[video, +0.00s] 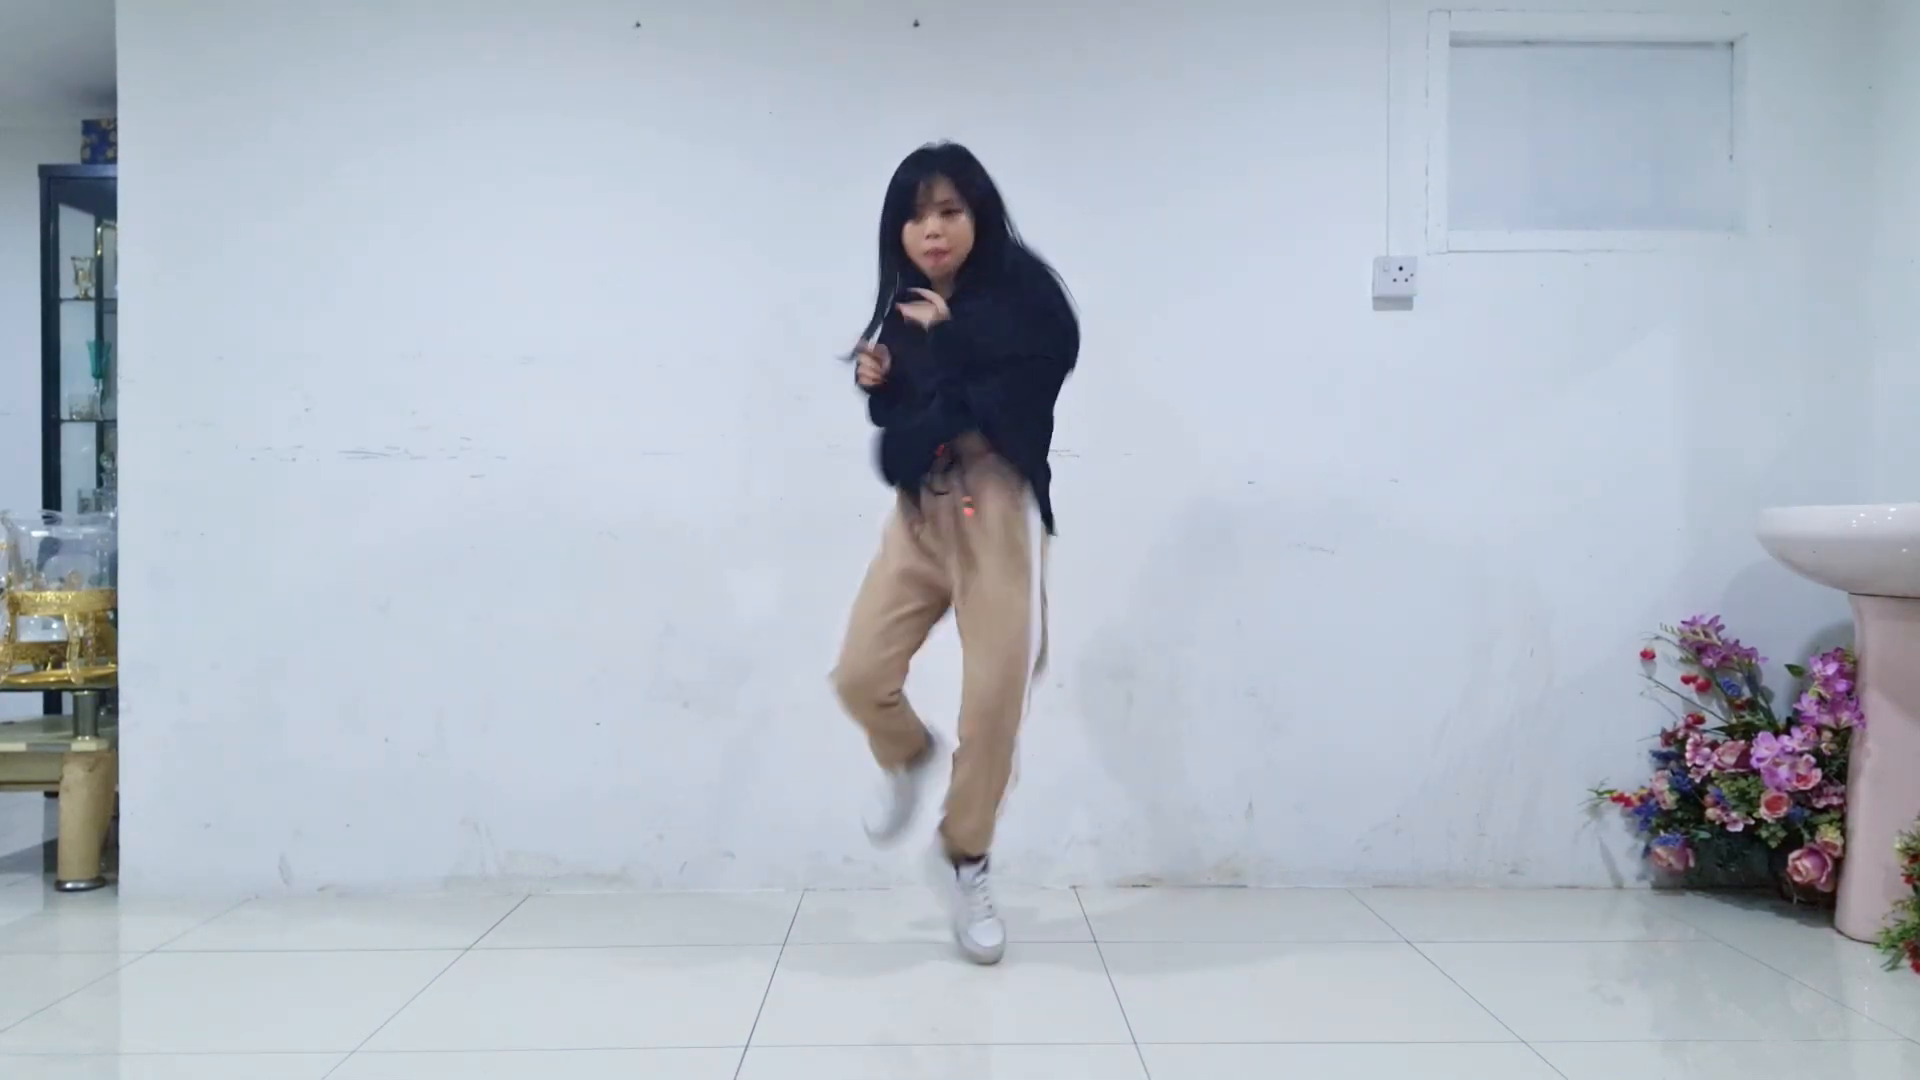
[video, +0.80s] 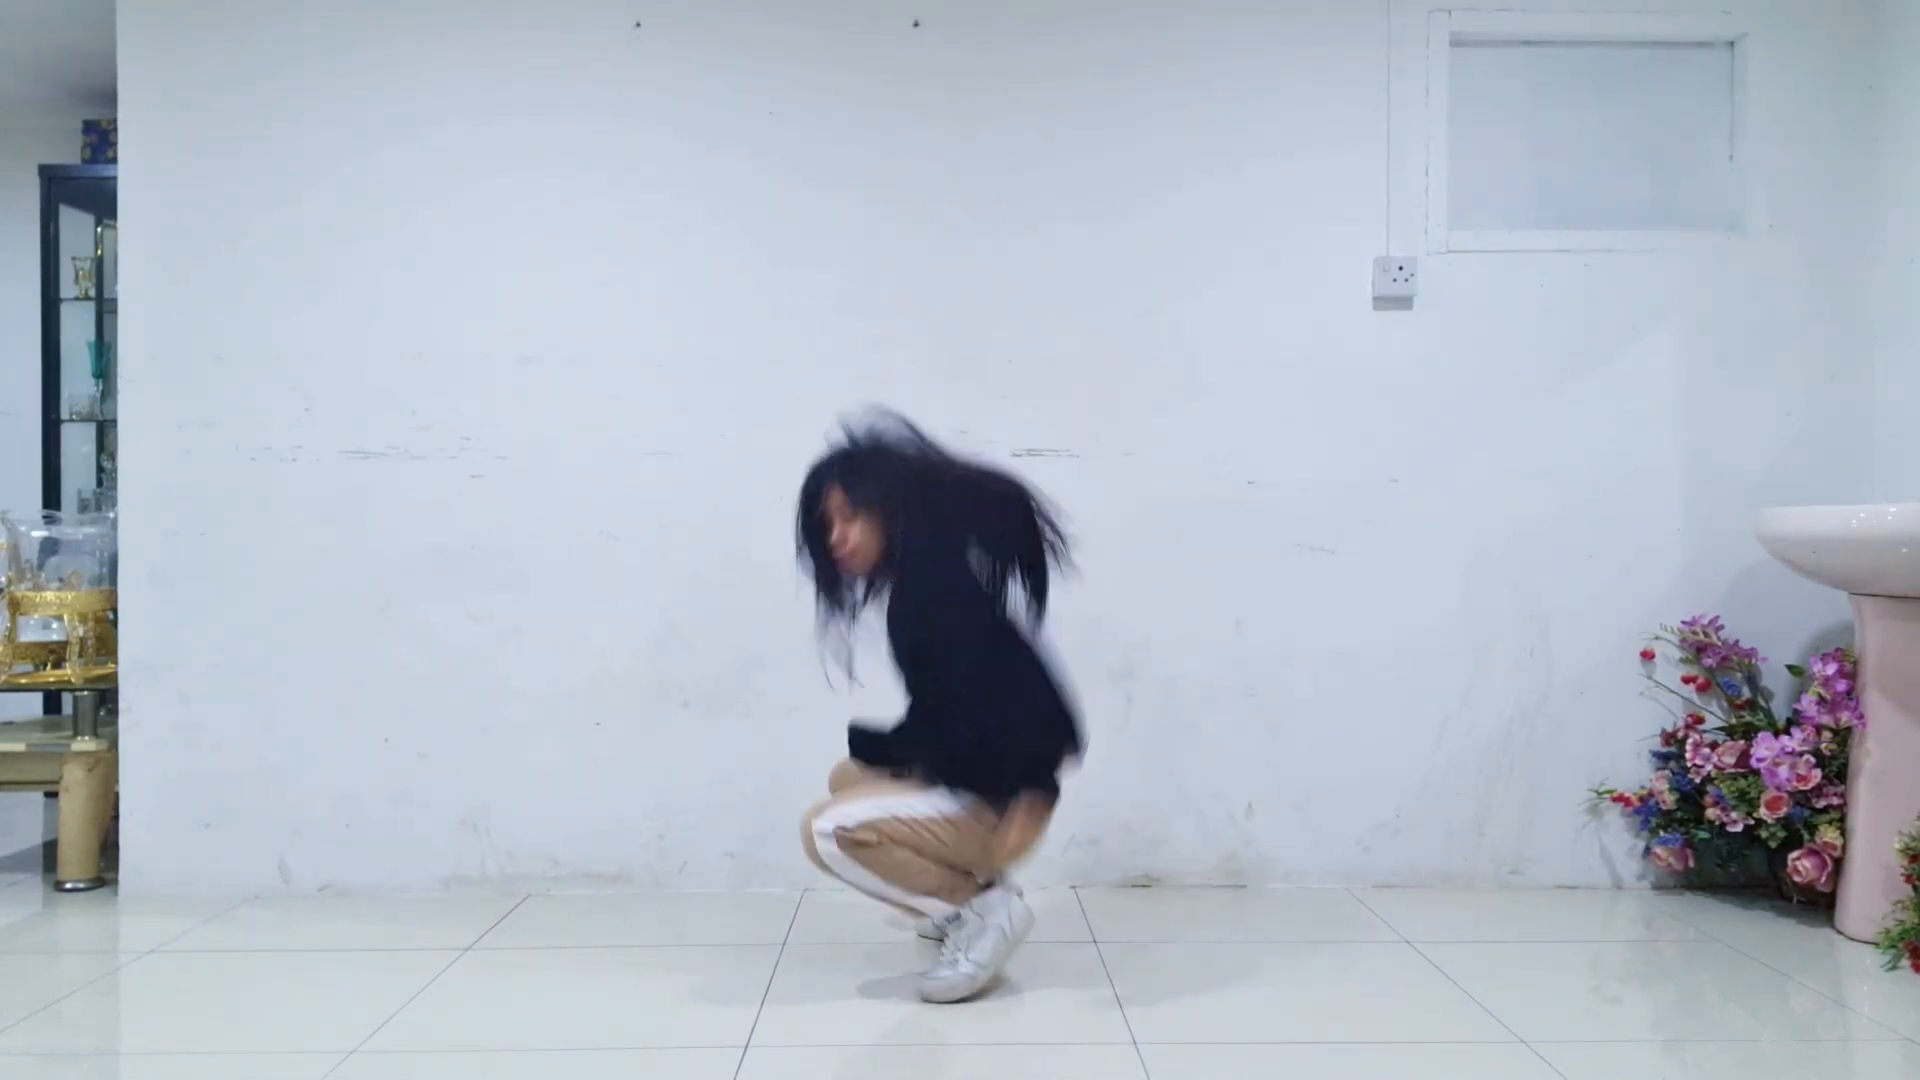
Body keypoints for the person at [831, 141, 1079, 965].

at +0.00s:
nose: (934, 229)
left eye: (951, 212)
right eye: (917, 215)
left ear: (981, 220)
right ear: (897, 228)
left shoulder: (1023, 291)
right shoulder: (902, 305)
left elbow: (1027, 382)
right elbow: (891, 415)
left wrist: (946, 333)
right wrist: (879, 381)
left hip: (997, 506)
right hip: (917, 505)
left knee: (992, 694)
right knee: (860, 677)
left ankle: (968, 860)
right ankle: (916, 758)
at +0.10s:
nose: (917, 281)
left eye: (936, 262)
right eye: (903, 263)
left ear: (971, 271)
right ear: (883, 277)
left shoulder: (1006, 346)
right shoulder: (898, 373)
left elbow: (1009, 475)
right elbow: (907, 506)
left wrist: (908, 436)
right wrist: (874, 499)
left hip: (1016, 583)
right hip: (941, 583)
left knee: (966, 741)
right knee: (856, 717)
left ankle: (1013, 884)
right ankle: (948, 830)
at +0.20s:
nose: (900, 384)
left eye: (921, 367)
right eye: (888, 367)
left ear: (956, 385)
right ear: (873, 384)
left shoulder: (982, 476)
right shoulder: (894, 500)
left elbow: (958, 594)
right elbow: (894, 609)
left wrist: (877, 693)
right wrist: (879, 701)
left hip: (1037, 688)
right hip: (964, 693)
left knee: (944, 798)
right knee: (874, 775)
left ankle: (1046, 922)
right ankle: (983, 895)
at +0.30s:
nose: (880, 529)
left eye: (900, 513)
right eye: (870, 512)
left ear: (936, 524)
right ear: (858, 523)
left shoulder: (965, 606)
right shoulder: (901, 623)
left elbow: (932, 742)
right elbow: (891, 738)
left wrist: (871, 857)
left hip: (1054, 796)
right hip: (987, 783)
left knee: (920, 821)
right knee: (872, 778)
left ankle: (1040, 921)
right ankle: (983, 907)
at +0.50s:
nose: (870, 496)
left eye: (886, 477)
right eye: (856, 482)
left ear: (923, 480)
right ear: (845, 495)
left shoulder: (953, 563)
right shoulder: (912, 560)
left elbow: (956, 683)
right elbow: (939, 659)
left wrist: (921, 775)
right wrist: (879, 669)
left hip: (1030, 770)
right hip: (988, 748)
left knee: (878, 832)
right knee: (875, 766)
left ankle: (1030, 907)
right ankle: (980, 897)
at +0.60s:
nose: (866, 487)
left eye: (872, 461)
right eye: (849, 480)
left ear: (910, 439)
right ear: (840, 489)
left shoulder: (968, 500)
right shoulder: (931, 510)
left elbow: (1036, 586)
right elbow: (948, 619)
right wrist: (923, 709)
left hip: (997, 728)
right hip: (960, 712)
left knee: (848, 818)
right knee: (851, 764)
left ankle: (1007, 889)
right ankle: (977, 887)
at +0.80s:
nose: (835, 541)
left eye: (847, 520)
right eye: (828, 527)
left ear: (886, 513)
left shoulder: (927, 591)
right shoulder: (924, 576)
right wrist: (888, 749)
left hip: (1005, 796)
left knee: (830, 832)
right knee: (848, 781)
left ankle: (984, 912)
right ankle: (964, 895)